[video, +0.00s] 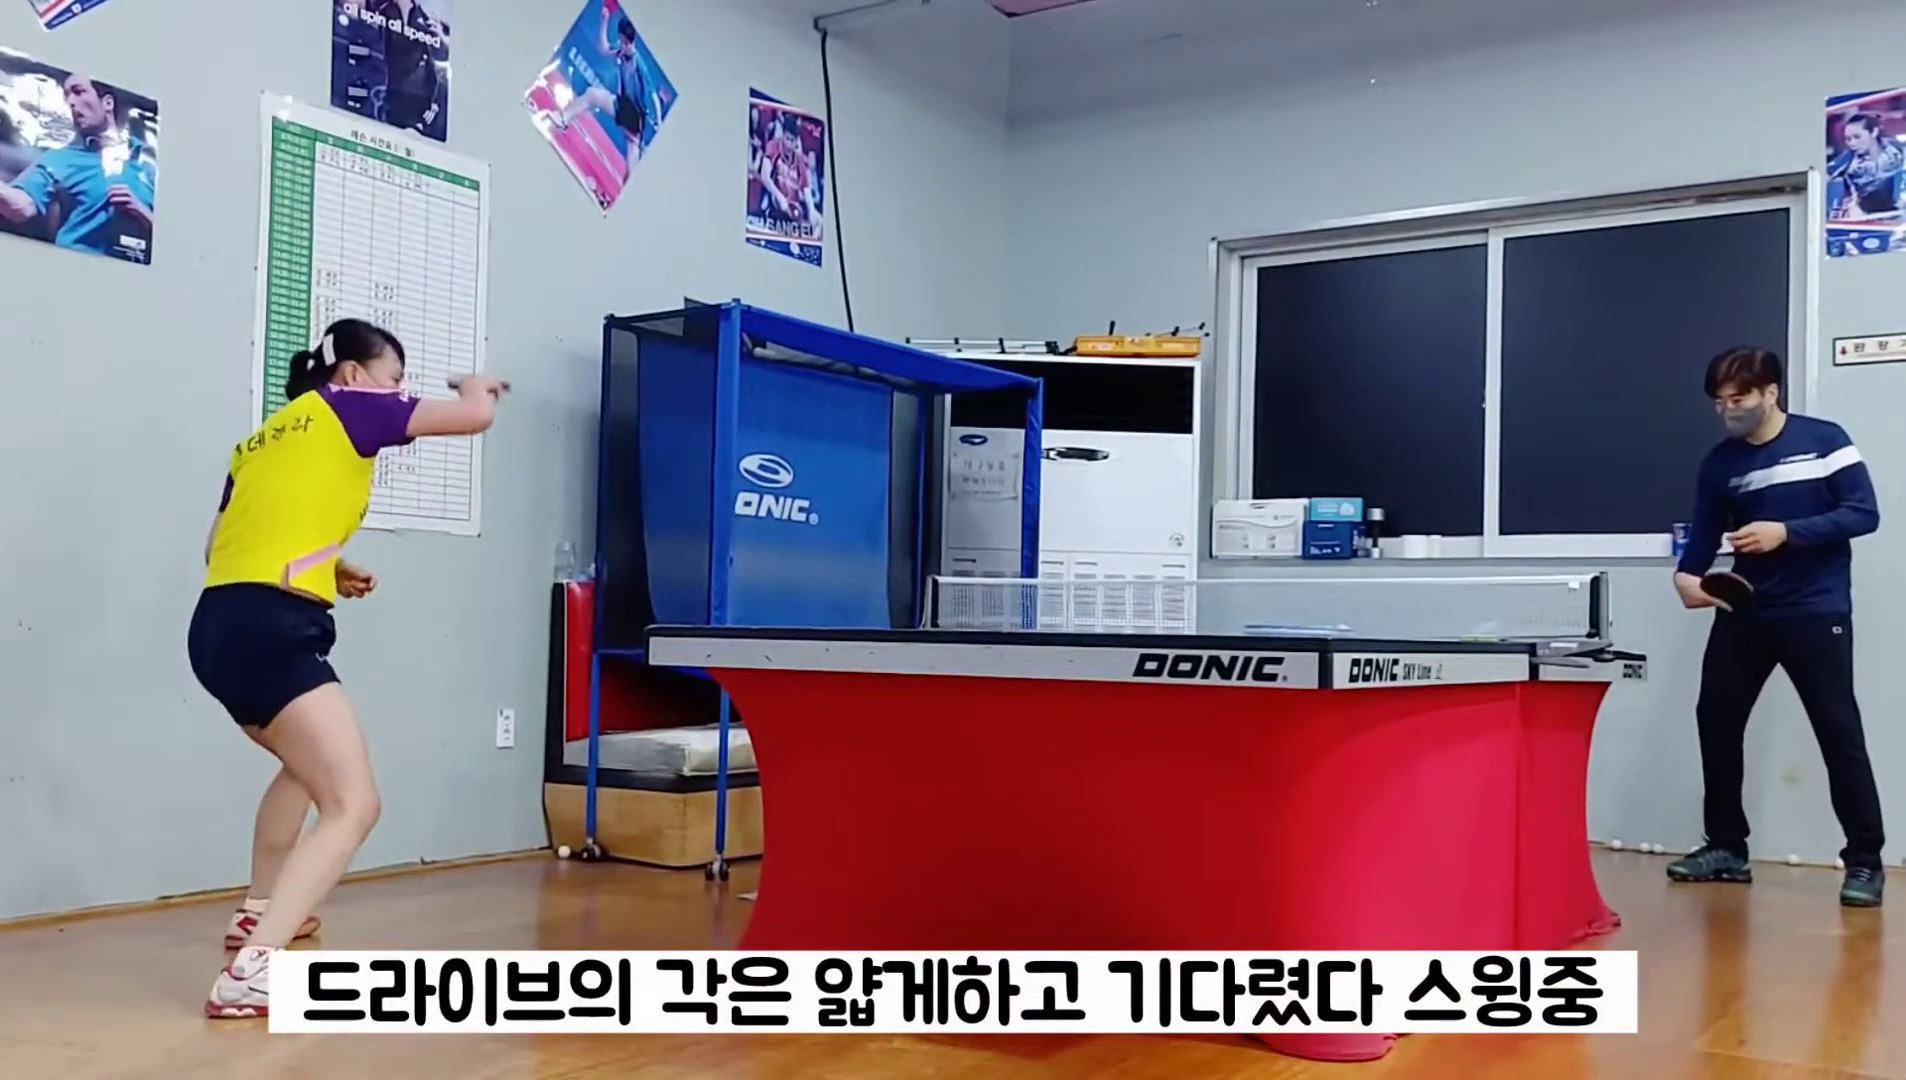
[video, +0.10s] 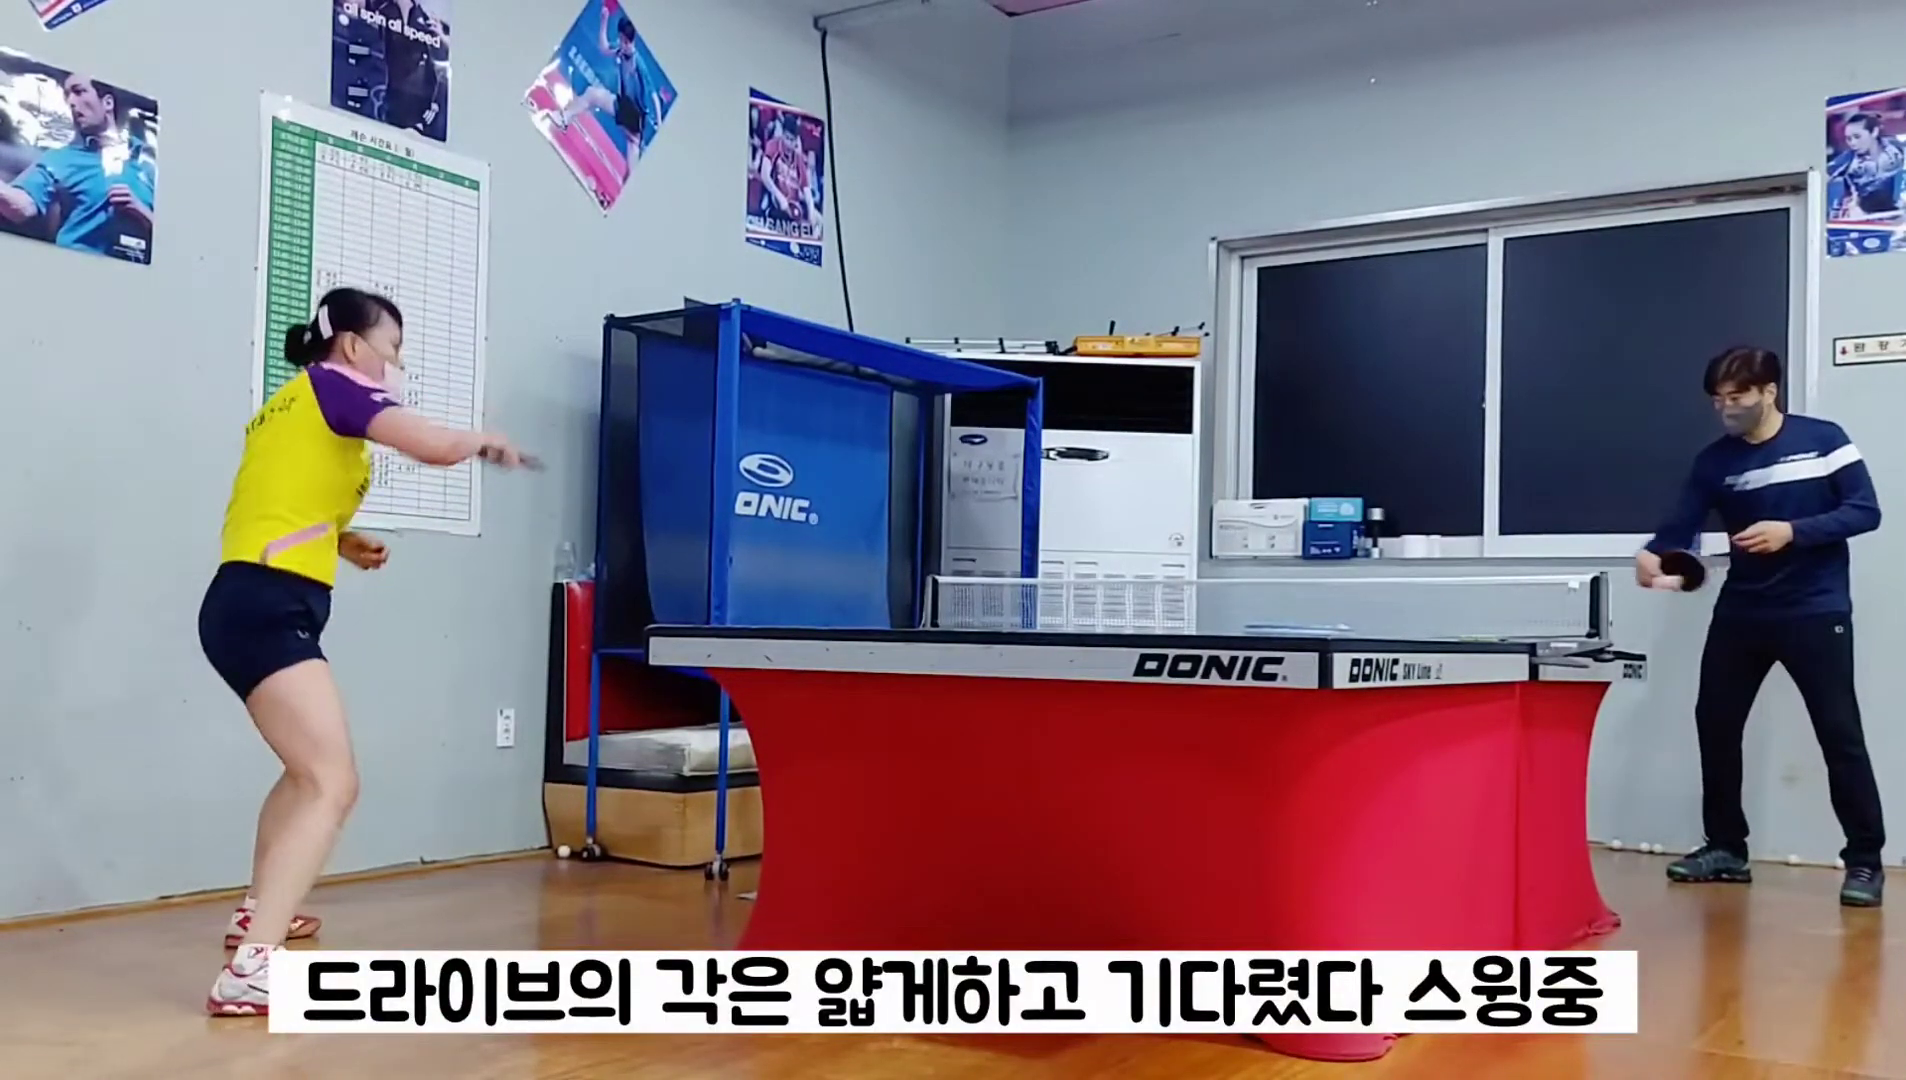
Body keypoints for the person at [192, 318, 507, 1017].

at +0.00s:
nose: (396, 393)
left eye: (398, 382)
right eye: (390, 379)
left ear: (326, 376)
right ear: (351, 371)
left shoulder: (257, 441)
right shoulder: (351, 406)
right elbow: (474, 416)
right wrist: (481, 386)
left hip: (214, 628)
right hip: (270, 625)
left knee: (303, 770)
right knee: (353, 806)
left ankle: (260, 911)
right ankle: (251, 970)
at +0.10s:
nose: (397, 369)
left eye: (398, 356)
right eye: (390, 352)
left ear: (336, 350)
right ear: (349, 343)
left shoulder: (288, 404)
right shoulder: (334, 388)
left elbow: (279, 491)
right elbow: (434, 446)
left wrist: (341, 537)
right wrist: (482, 439)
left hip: (242, 606)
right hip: (268, 608)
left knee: (306, 773)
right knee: (334, 784)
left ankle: (261, 908)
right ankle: (253, 965)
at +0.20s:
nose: (401, 342)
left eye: (401, 329)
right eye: (392, 328)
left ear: (355, 334)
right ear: (348, 330)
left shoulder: (343, 402)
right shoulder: (312, 384)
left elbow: (315, 503)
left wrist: (359, 527)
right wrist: (418, 519)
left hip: (298, 607)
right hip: (253, 600)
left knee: (333, 767)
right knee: (321, 764)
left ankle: (253, 897)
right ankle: (261, 958)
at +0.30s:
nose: (395, 362)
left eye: (395, 349)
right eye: (384, 348)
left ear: (355, 358)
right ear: (337, 357)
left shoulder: (383, 444)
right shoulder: (272, 430)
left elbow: (356, 522)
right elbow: (208, 534)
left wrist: (377, 544)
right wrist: (231, 581)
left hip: (323, 632)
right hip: (251, 625)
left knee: (346, 795)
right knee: (323, 767)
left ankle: (246, 898)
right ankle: (260, 960)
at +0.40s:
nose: (389, 401)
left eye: (389, 388)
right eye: (376, 389)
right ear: (326, 398)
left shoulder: (391, 474)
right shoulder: (253, 468)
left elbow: (394, 556)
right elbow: (164, 553)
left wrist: (375, 584)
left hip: (329, 654)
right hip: (247, 642)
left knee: (349, 824)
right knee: (320, 766)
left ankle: (248, 892)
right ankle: (263, 961)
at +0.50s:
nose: (383, 407)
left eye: (384, 392)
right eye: (368, 393)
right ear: (318, 405)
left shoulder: (391, 479)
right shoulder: (247, 472)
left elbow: (399, 569)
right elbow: (156, 543)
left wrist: (366, 592)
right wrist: (55, 566)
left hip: (333, 661)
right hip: (250, 647)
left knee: (350, 829)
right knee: (315, 762)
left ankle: (249, 894)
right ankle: (260, 960)